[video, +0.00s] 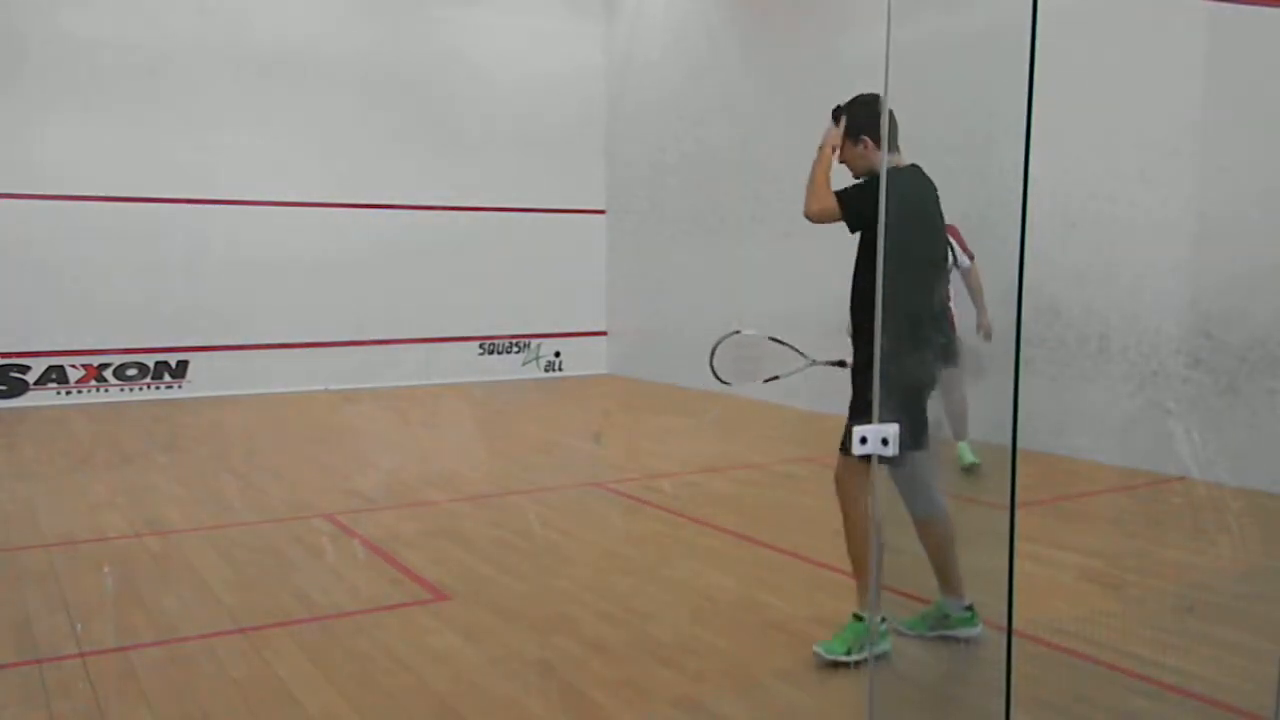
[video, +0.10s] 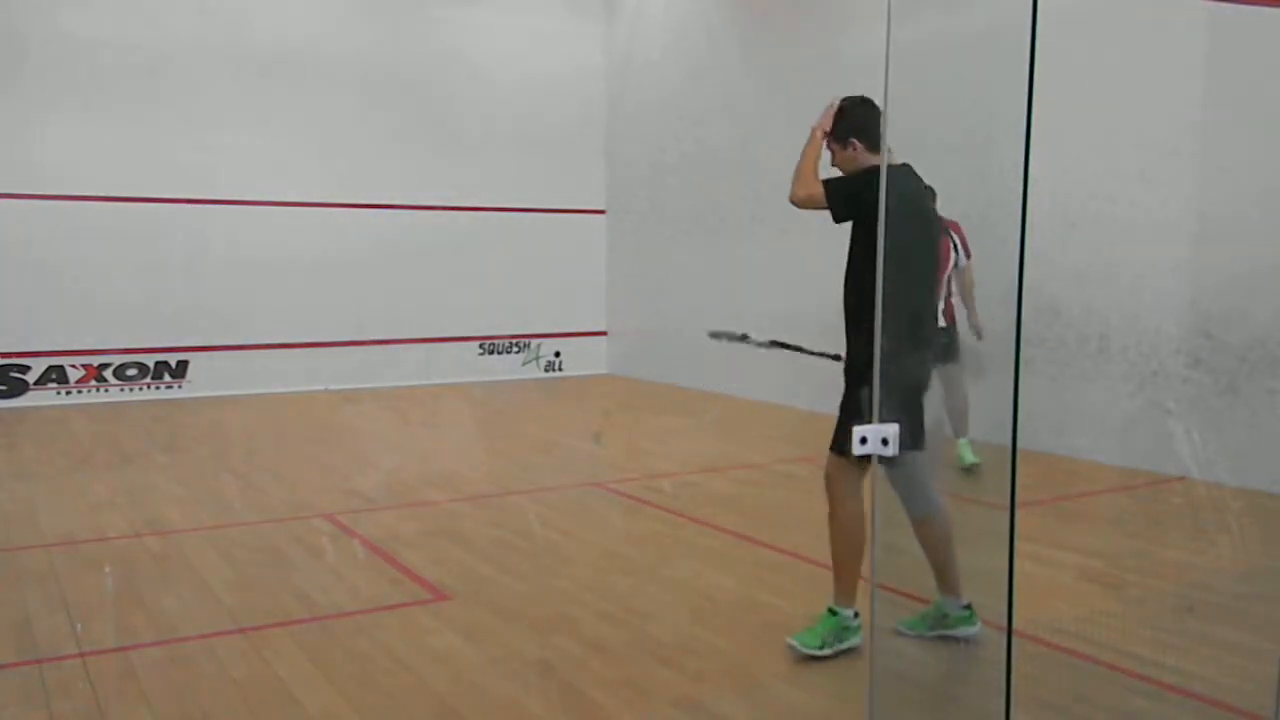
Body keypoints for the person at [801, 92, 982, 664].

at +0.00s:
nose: (842, 161)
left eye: (844, 151)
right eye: (841, 151)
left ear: (863, 144)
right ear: (884, 141)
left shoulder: (885, 190)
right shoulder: (919, 185)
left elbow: (817, 208)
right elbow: (923, 282)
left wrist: (827, 152)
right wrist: (871, 343)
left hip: (886, 361)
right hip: (914, 357)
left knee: (851, 477)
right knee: (915, 475)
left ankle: (869, 621)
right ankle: (955, 606)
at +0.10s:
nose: (834, 163)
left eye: (834, 152)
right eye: (834, 153)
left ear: (850, 146)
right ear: (876, 142)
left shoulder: (874, 187)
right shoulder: (914, 187)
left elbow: (802, 193)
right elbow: (925, 276)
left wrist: (816, 138)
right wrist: (881, 345)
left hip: (878, 362)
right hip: (906, 359)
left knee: (842, 475)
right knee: (912, 479)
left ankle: (843, 614)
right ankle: (954, 605)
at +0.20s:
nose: (824, 167)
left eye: (824, 157)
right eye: (824, 159)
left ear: (836, 149)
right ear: (869, 143)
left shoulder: (864, 186)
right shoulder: (901, 189)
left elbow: (790, 185)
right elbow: (908, 281)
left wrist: (806, 128)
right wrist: (860, 345)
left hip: (867, 362)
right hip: (896, 360)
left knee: (826, 476)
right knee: (905, 477)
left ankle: (829, 613)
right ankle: (953, 605)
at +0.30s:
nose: (810, 172)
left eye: (811, 161)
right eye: (808, 163)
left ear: (823, 151)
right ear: (856, 147)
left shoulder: (853, 190)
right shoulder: (890, 197)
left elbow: (775, 187)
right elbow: (893, 289)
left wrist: (800, 129)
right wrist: (840, 351)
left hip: (848, 364)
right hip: (882, 363)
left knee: (806, 479)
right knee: (891, 482)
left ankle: (847, 610)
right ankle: (949, 600)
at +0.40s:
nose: (797, 170)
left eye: (798, 159)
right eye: (796, 160)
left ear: (807, 150)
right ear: (842, 146)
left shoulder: (837, 194)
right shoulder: (873, 197)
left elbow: (755, 193)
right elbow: (879, 291)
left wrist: (787, 138)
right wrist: (838, 349)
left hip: (830, 370)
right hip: (856, 367)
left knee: (813, 488)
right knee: (847, 484)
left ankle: (852, 618)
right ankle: (925, 580)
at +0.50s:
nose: (780, 167)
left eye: (780, 156)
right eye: (779, 157)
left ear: (791, 149)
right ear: (826, 144)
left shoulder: (814, 196)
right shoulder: (860, 198)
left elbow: (736, 200)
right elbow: (859, 289)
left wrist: (763, 141)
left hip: (816, 364)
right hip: (845, 359)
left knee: (812, 481)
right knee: (790, 463)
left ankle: (853, 618)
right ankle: (877, 558)